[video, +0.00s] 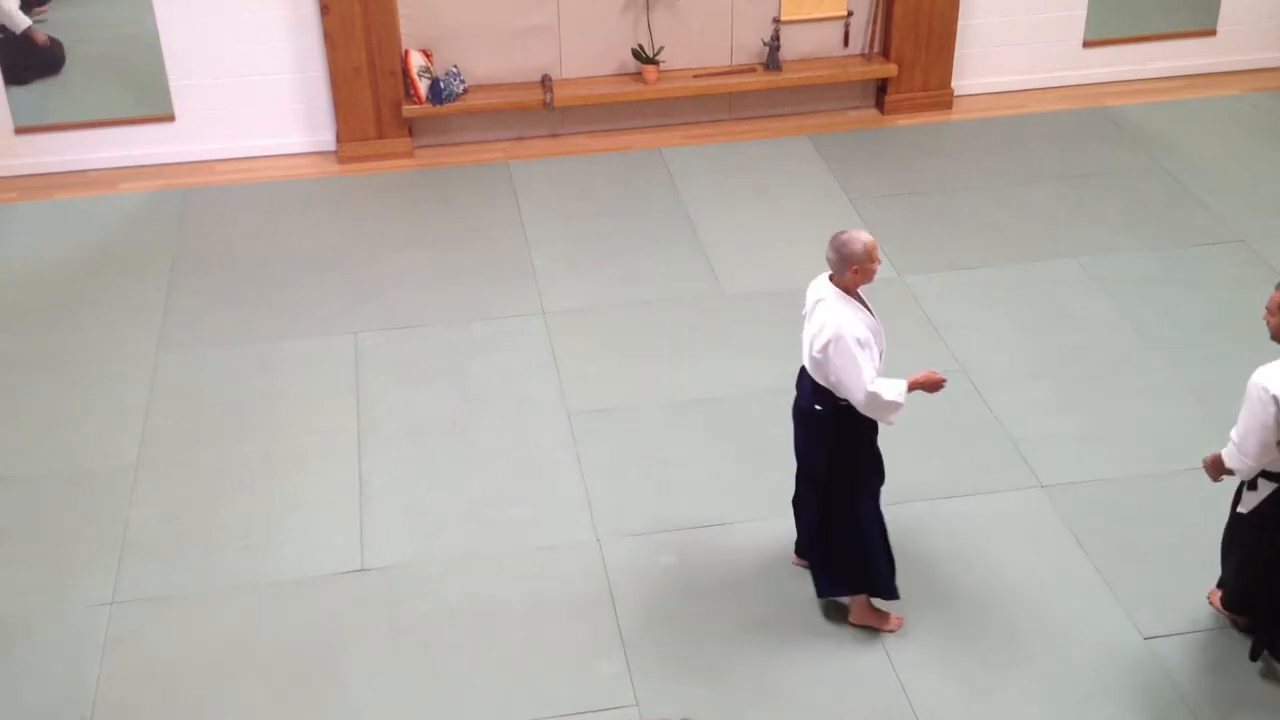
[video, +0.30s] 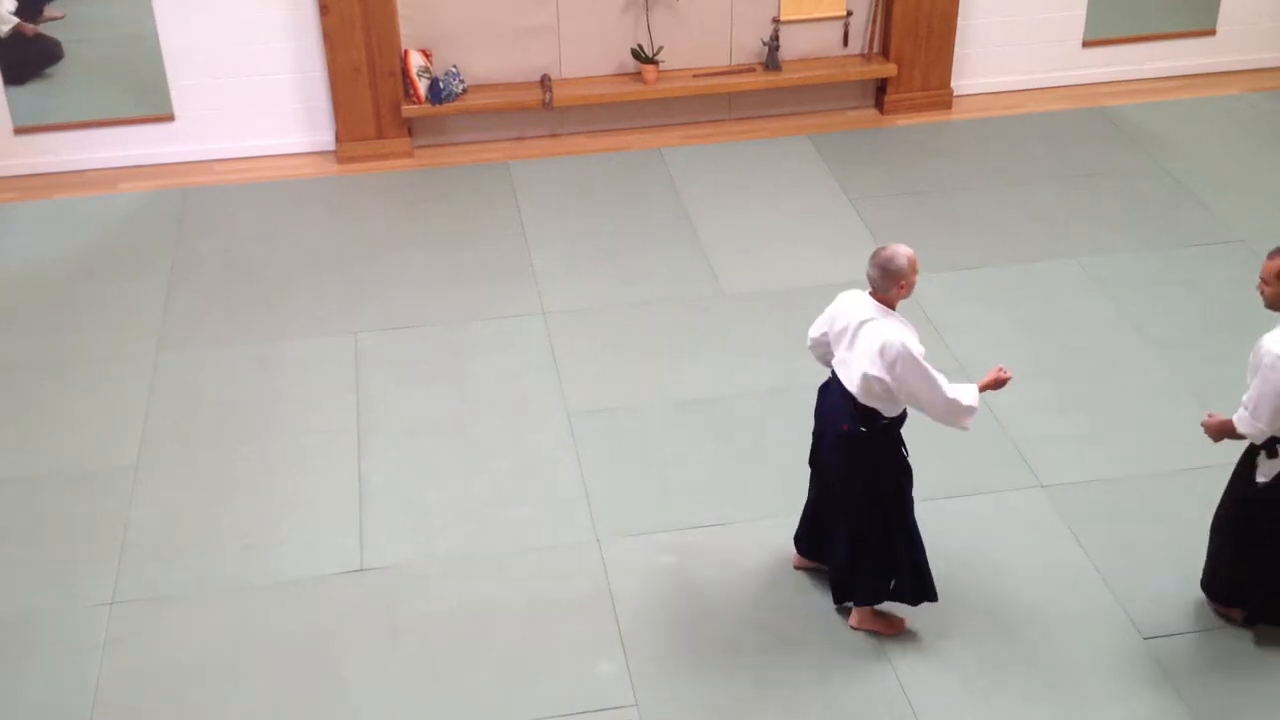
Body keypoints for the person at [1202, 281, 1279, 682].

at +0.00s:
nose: (1265, 316)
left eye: (1269, 311)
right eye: (1267, 309)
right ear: (1276, 318)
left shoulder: (1268, 379)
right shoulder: (1267, 379)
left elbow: (1248, 453)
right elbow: (1250, 448)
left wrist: (1222, 463)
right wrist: (1229, 461)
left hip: (1266, 488)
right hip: (1267, 483)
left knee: (1245, 547)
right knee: (1260, 548)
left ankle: (1238, 604)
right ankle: (1248, 603)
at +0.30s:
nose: (1260, 287)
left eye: (1267, 281)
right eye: (1261, 279)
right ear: (1268, 283)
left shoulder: (1272, 347)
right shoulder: (1270, 343)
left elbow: (1260, 421)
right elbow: (1260, 411)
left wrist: (1226, 427)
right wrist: (1231, 424)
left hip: (1270, 459)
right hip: (1268, 453)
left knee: (1237, 525)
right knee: (1256, 528)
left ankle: (1234, 603)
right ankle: (1259, 600)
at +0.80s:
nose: (1248, 305)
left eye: (1256, 300)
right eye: (1249, 296)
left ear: (1278, 305)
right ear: (1272, 300)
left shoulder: (1278, 368)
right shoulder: (1271, 326)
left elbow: (1253, 432)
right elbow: (1265, 366)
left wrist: (1187, 426)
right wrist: (1241, 388)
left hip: (1272, 462)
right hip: (1264, 450)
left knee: (1236, 527)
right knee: (1239, 514)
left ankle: (1212, 621)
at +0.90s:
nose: (1230, 312)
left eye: (1239, 310)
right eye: (1232, 305)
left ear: (1271, 320)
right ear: (1269, 318)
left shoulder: (1268, 376)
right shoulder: (1268, 338)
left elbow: (1217, 434)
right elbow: (1258, 380)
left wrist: (1150, 422)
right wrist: (1229, 400)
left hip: (1268, 465)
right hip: (1268, 454)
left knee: (1222, 533)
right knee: (1251, 531)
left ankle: (1207, 621)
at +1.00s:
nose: (1211, 316)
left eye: (1220, 313)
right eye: (1214, 308)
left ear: (1252, 324)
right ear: (1256, 320)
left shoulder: (1247, 380)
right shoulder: (1274, 325)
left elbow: (1185, 430)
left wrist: (1115, 416)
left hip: (1261, 474)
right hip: (1272, 462)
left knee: (1212, 542)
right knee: (1256, 542)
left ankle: (1201, 622)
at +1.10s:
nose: (1114, 302)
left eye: (1122, 297)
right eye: (1118, 295)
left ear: (1138, 306)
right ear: (1157, 300)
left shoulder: (1144, 363)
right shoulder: (1188, 318)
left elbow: (1076, 410)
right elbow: (1216, 327)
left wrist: (1006, 401)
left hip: (1161, 457)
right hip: (1201, 443)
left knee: (1117, 530)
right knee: (1186, 526)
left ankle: (1108, 601)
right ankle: (1184, 595)